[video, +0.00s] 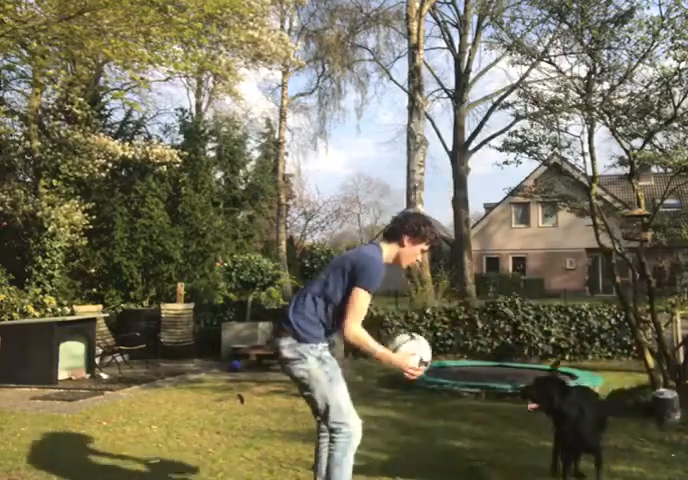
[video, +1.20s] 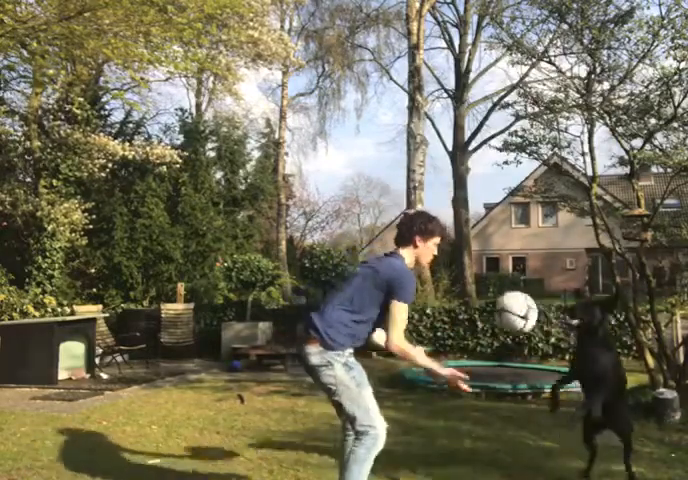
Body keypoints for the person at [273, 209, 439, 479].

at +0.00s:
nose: (419, 259)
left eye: (423, 253)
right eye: (421, 250)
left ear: (404, 238)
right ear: (406, 239)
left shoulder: (366, 256)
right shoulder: (371, 262)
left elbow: (350, 327)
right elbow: (351, 329)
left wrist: (394, 357)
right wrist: (396, 360)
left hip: (299, 340)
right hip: (303, 343)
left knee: (330, 426)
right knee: (347, 428)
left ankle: (323, 476)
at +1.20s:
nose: (435, 253)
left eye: (437, 246)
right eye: (435, 245)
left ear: (414, 239)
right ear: (418, 240)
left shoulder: (378, 264)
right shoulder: (403, 274)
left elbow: (376, 336)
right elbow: (395, 343)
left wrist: (413, 353)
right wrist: (442, 372)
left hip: (316, 346)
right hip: (330, 351)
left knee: (355, 428)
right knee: (373, 431)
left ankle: (349, 476)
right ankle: (353, 476)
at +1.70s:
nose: (456, 251)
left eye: (460, 244)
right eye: (457, 242)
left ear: (440, 233)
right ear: (441, 232)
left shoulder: (407, 259)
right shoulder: (406, 260)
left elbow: (365, 312)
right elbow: (365, 313)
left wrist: (387, 353)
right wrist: (399, 352)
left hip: (339, 338)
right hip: (334, 339)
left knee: (366, 425)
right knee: (371, 427)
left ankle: (353, 474)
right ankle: (353, 475)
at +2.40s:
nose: (424, 225)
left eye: (427, 219)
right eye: (422, 216)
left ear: (417, 216)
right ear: (401, 208)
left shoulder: (401, 247)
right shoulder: (366, 239)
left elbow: (374, 293)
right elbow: (337, 293)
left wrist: (396, 323)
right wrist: (380, 323)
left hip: (359, 338)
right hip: (335, 336)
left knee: (373, 425)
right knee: (356, 424)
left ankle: (362, 476)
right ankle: (345, 477)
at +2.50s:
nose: (421, 225)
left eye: (424, 219)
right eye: (418, 216)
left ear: (404, 213)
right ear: (398, 208)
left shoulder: (401, 246)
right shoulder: (364, 239)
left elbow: (380, 294)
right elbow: (338, 294)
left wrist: (407, 316)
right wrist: (386, 318)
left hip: (361, 337)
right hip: (335, 335)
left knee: (373, 422)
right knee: (356, 421)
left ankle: (362, 476)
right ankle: (345, 477)